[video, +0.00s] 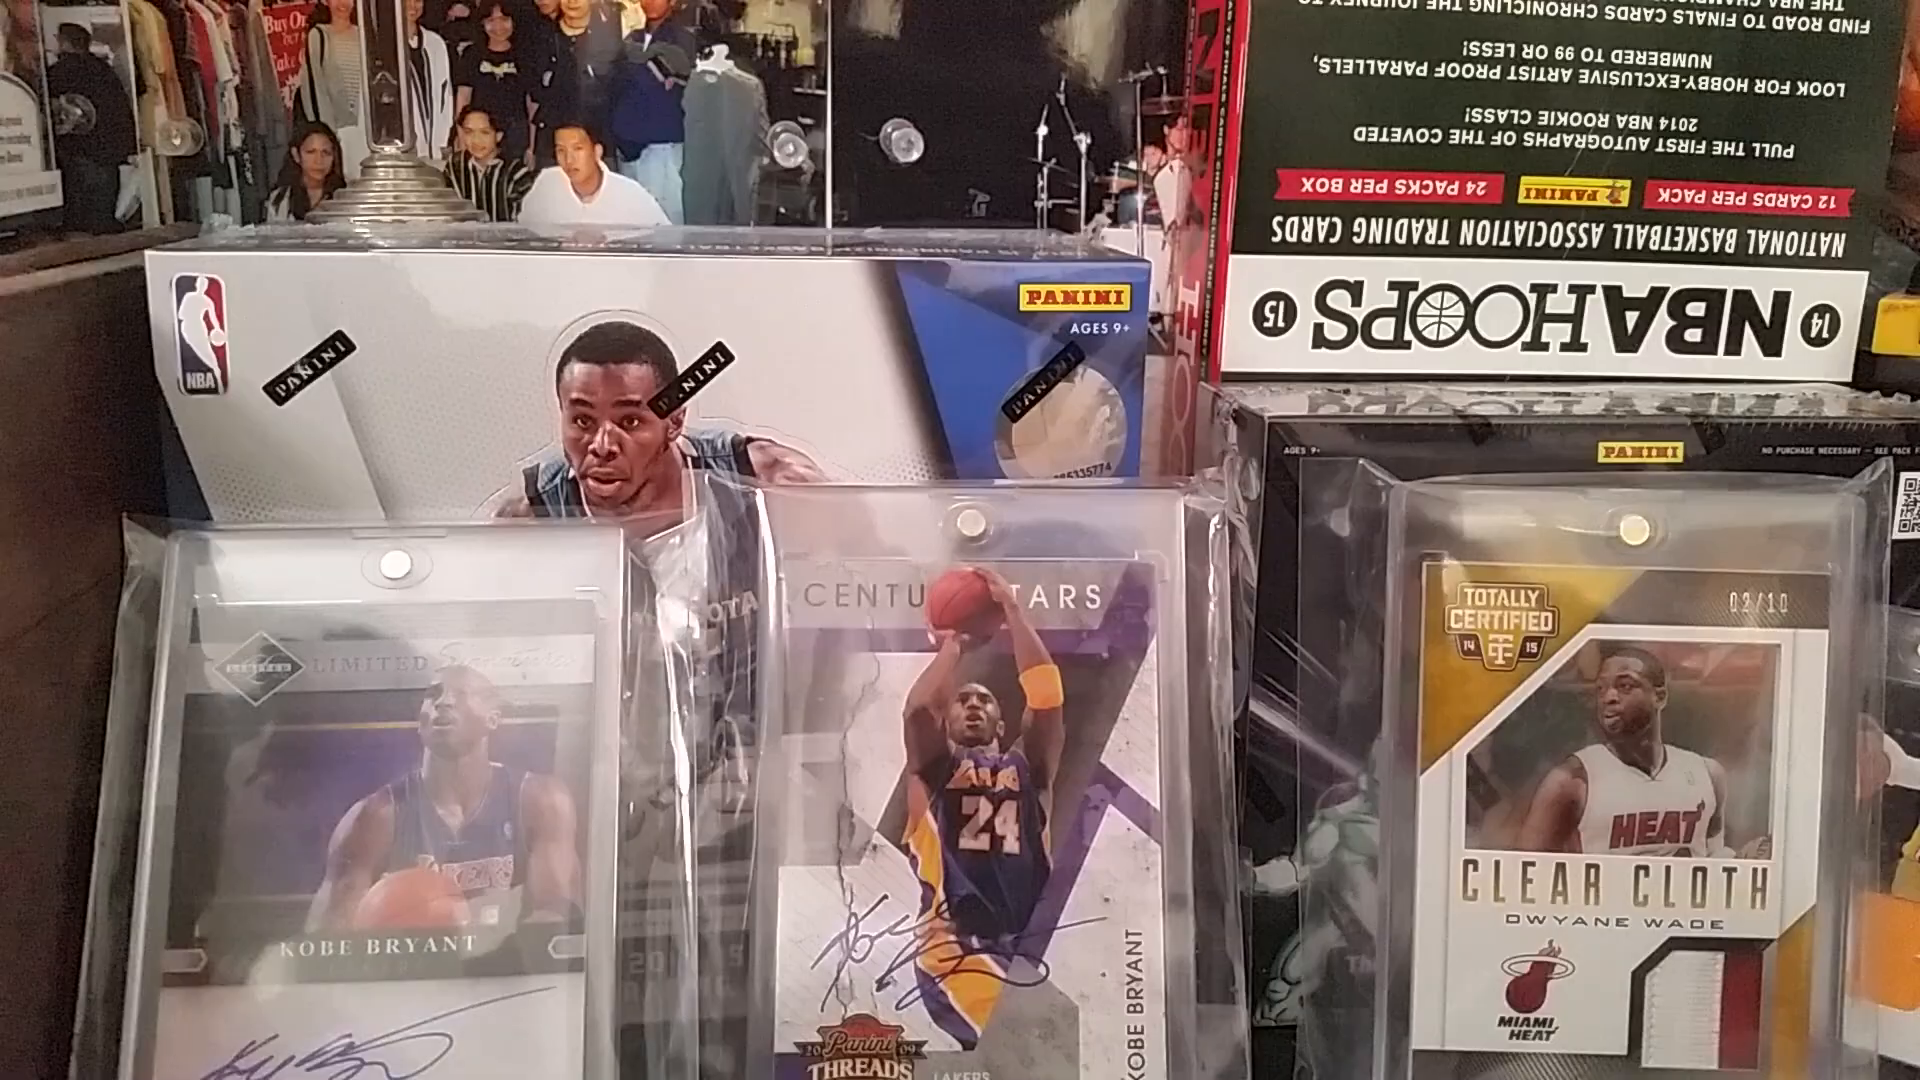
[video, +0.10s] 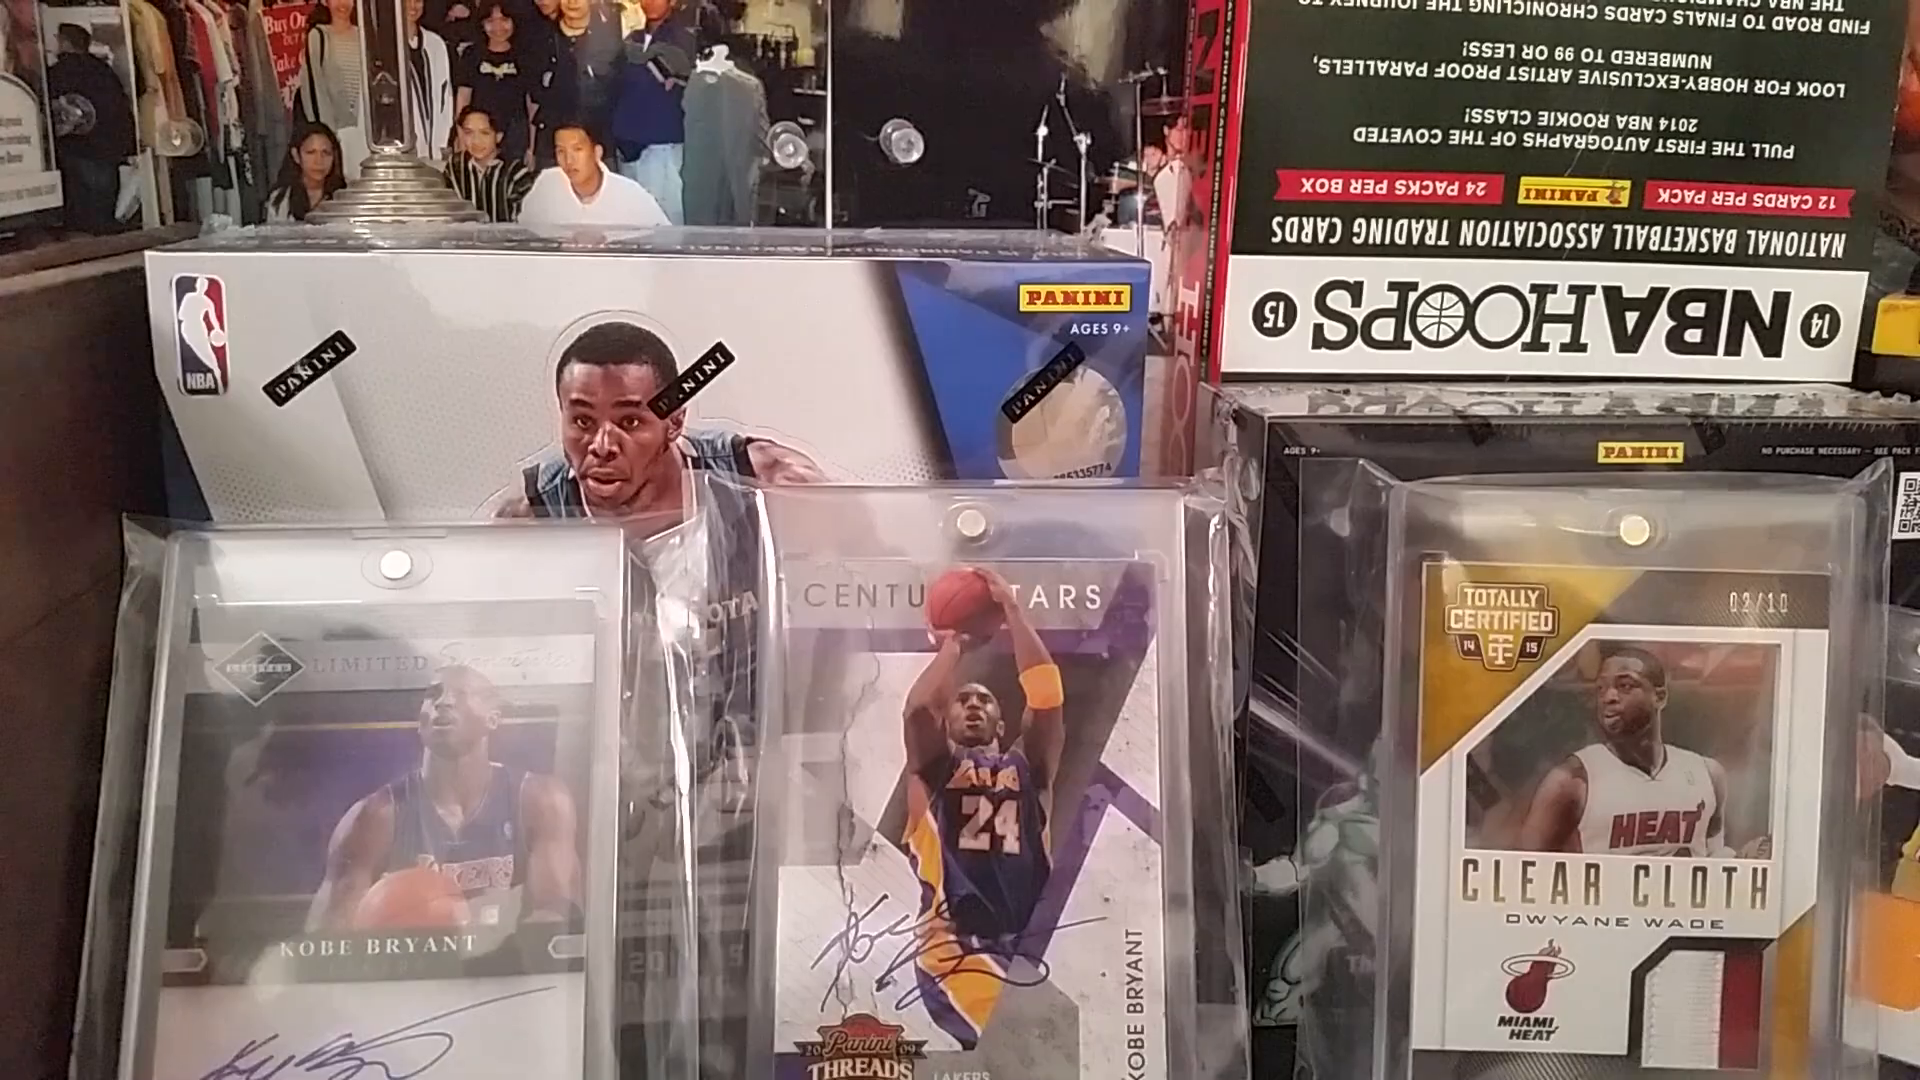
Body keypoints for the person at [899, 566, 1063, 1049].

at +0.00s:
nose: (973, 705)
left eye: (984, 700)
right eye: (963, 700)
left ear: (1002, 722)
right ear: (947, 721)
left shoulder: (1028, 766)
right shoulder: (934, 766)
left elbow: (1046, 694)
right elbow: (919, 709)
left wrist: (1012, 608)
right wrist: (952, 644)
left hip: (1024, 944)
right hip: (952, 945)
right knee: (1026, 1045)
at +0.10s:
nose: (973, 705)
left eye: (984, 700)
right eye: (962, 700)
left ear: (1002, 722)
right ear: (946, 721)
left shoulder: (1029, 765)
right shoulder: (934, 766)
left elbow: (1046, 694)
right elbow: (919, 708)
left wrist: (1012, 608)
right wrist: (952, 643)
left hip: (1025, 944)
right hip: (951, 945)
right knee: (1027, 1043)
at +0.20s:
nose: (973, 705)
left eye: (984, 700)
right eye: (962, 700)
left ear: (1002, 722)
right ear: (947, 722)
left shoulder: (1030, 766)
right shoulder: (934, 766)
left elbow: (1046, 693)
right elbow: (919, 708)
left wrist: (1012, 608)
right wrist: (953, 643)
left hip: (1026, 941)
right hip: (951, 943)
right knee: (1025, 1043)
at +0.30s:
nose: (973, 705)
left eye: (984, 700)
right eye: (962, 701)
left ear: (1002, 722)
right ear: (946, 722)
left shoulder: (1029, 766)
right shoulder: (934, 766)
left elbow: (1046, 695)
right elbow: (919, 709)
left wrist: (1012, 608)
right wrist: (952, 643)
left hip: (1026, 944)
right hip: (952, 946)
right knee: (1030, 1041)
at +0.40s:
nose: (973, 705)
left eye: (984, 700)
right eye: (962, 701)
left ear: (1002, 722)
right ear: (946, 722)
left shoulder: (1029, 765)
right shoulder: (934, 766)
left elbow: (1046, 695)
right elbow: (919, 708)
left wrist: (1012, 608)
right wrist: (952, 643)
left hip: (1025, 944)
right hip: (951, 946)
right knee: (1030, 1041)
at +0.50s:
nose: (973, 705)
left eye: (984, 700)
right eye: (962, 700)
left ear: (1002, 722)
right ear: (946, 722)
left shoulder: (1029, 765)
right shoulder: (934, 766)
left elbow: (1046, 694)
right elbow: (919, 708)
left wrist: (1012, 607)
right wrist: (952, 644)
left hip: (1026, 943)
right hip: (952, 945)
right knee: (1027, 1043)